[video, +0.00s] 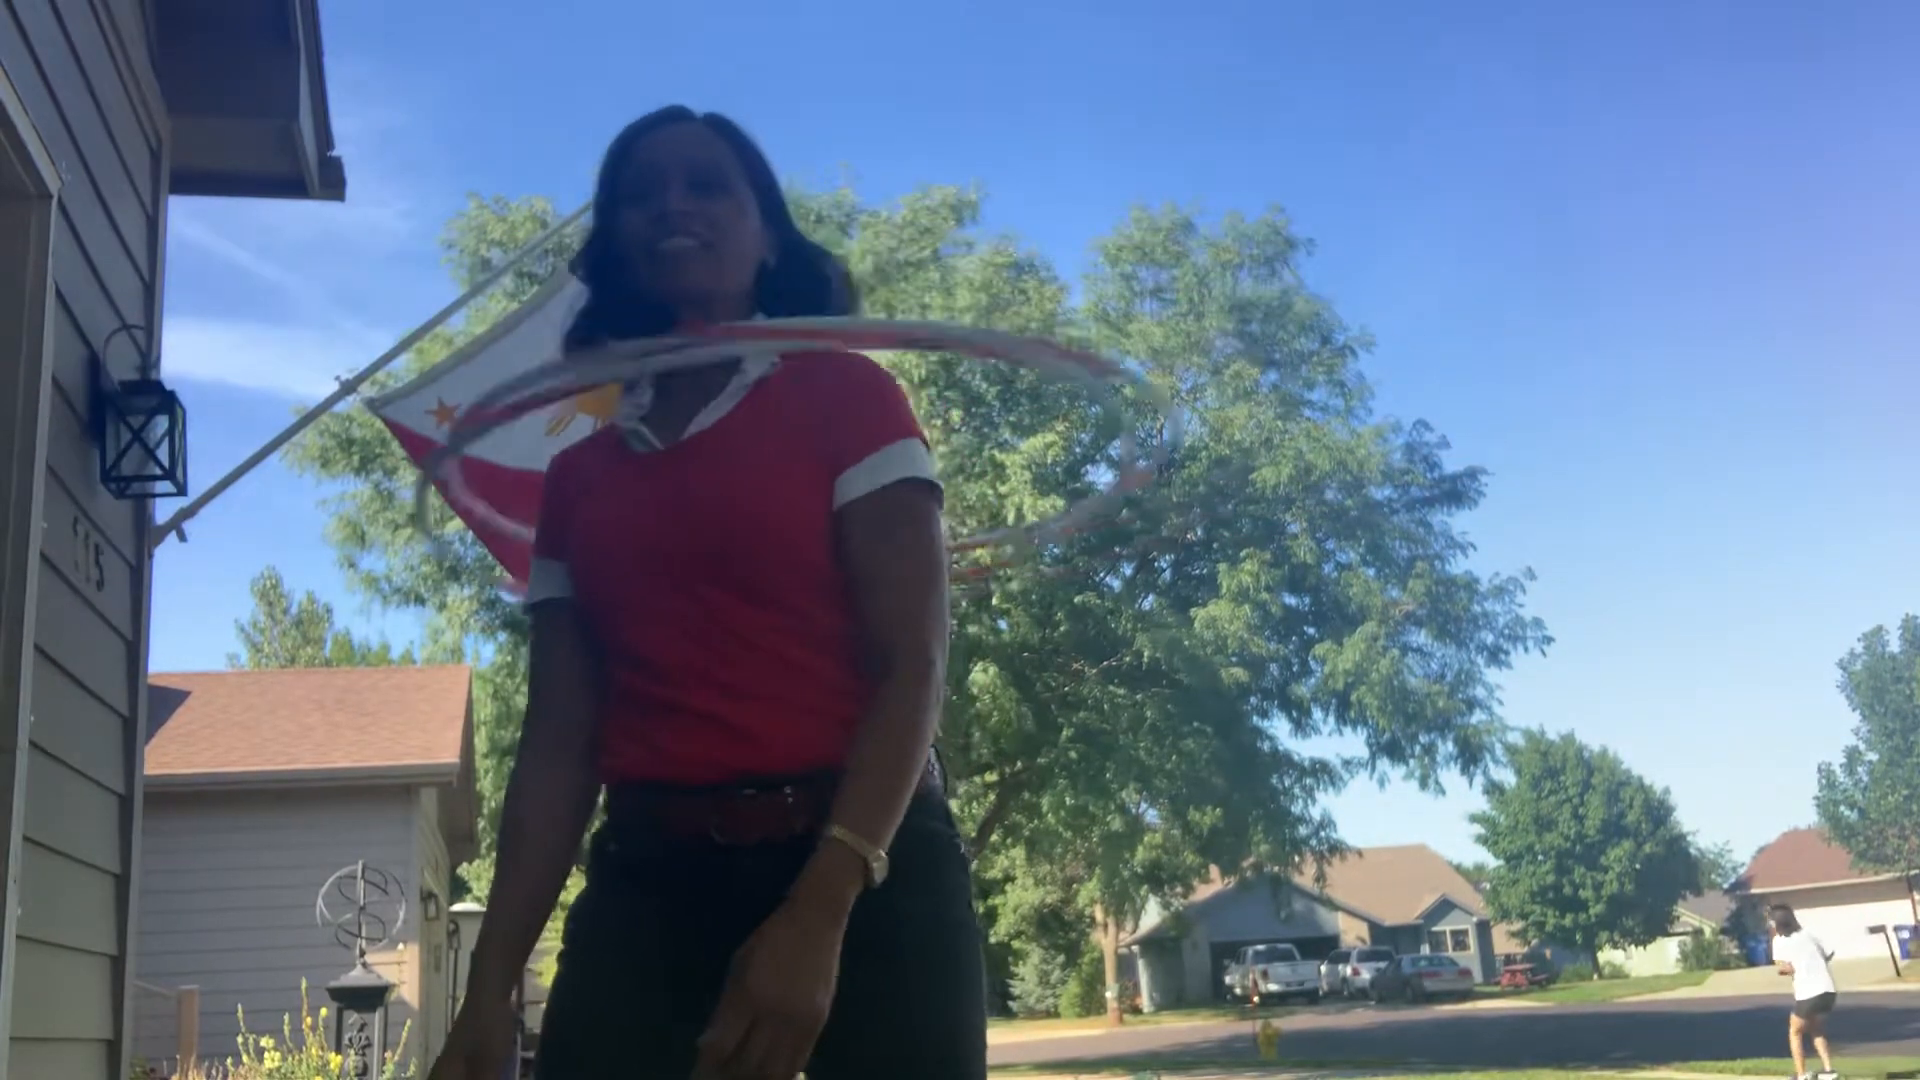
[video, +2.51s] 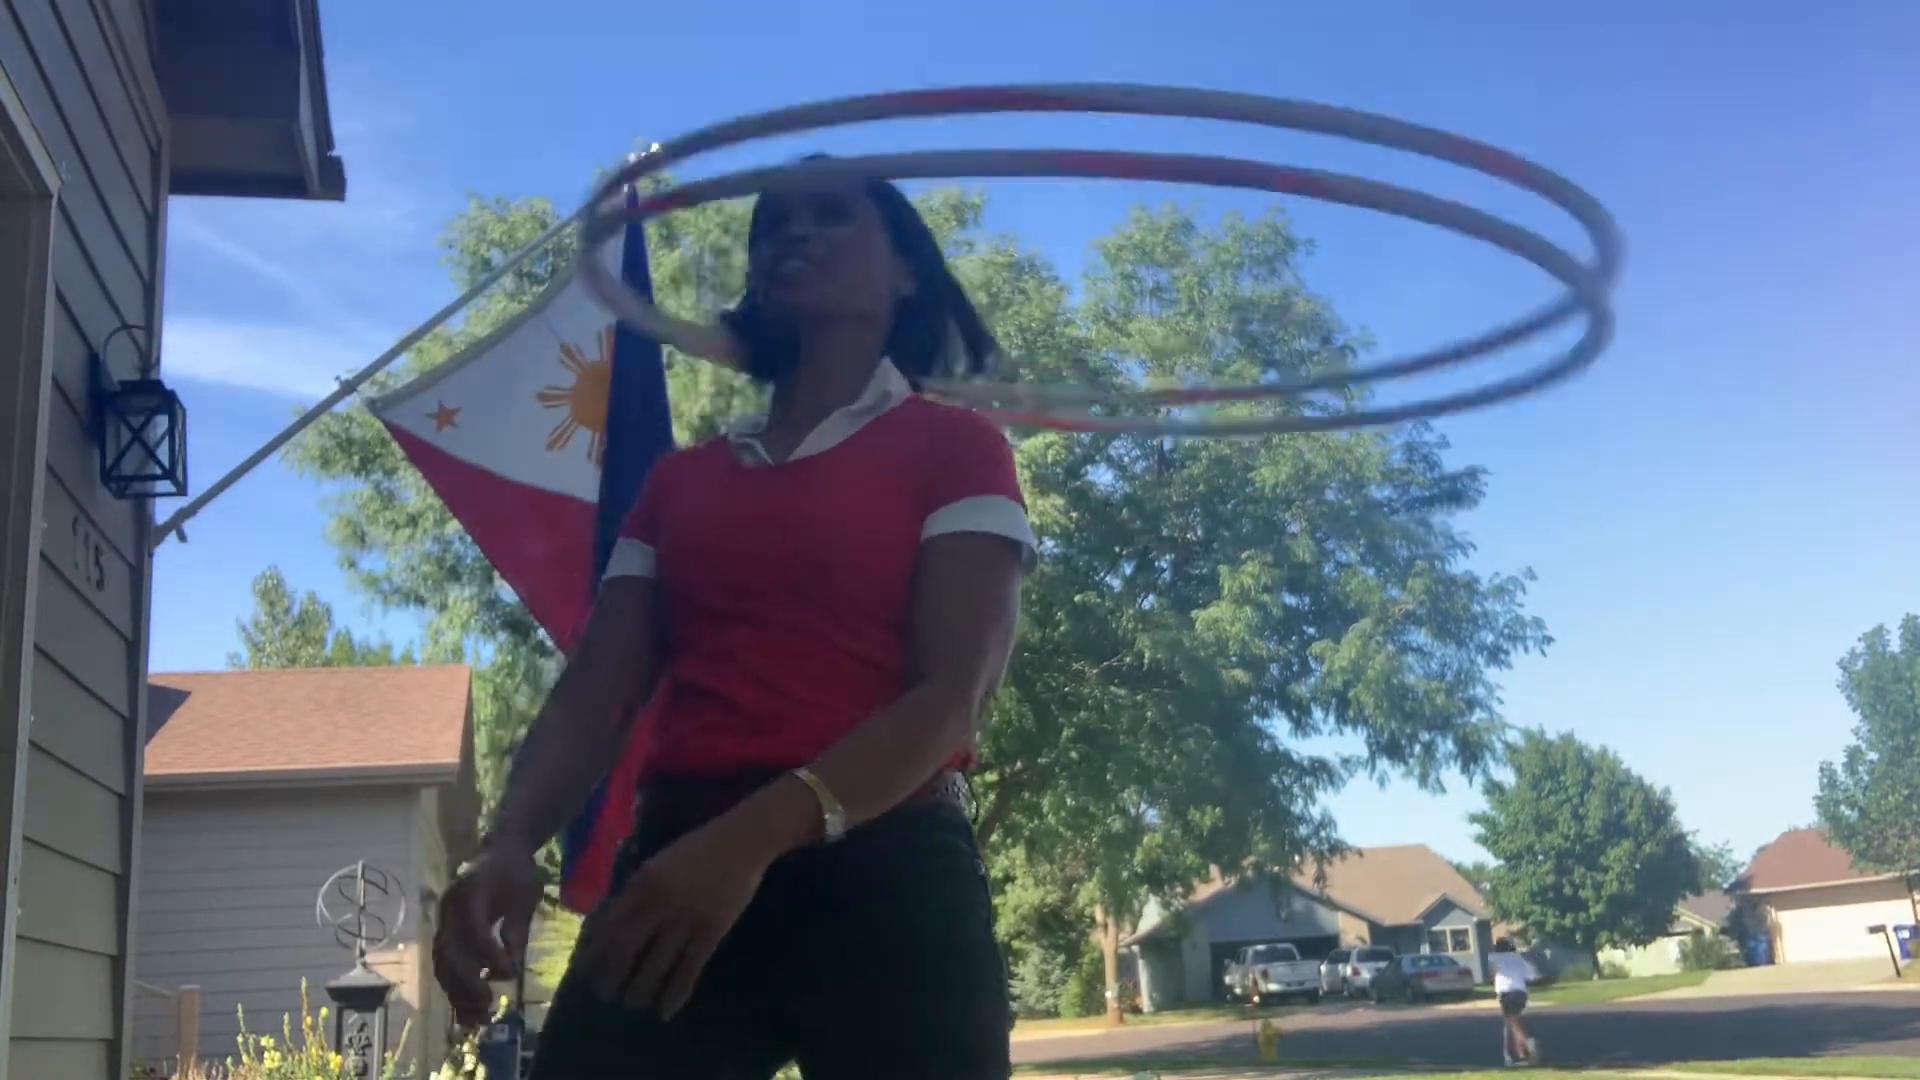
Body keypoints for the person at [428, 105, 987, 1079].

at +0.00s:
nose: (675, 205)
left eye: (708, 184)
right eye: (642, 191)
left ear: (767, 230)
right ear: (610, 242)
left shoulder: (840, 390)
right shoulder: (578, 472)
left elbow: (913, 666)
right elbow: (557, 739)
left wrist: (821, 910)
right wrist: (491, 990)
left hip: (865, 862)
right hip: (652, 871)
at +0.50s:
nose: (722, 222)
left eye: (759, 204)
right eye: (698, 217)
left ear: (829, 261)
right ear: (673, 280)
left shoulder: (874, 402)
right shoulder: (626, 471)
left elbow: (875, 656)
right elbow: (563, 711)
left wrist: (695, 840)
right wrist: (442, 887)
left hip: (866, 861)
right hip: (653, 877)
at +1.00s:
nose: (713, 222)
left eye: (752, 202)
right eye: (697, 223)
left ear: (832, 265)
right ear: (686, 291)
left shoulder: (880, 412)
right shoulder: (638, 480)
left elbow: (877, 662)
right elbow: (566, 706)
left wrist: (664, 819)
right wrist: (430, 891)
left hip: (866, 861)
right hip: (666, 880)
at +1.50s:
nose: (777, 243)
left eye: (813, 224)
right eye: (757, 239)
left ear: (891, 280)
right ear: (738, 302)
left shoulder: (927, 441)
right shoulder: (660, 485)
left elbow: (909, 679)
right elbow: (566, 692)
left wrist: (699, 809)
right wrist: (475, 809)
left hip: (877, 867)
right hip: (661, 883)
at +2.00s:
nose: (805, 242)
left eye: (841, 229)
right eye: (778, 237)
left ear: (901, 279)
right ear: (751, 308)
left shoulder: (947, 447)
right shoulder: (672, 484)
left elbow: (951, 691)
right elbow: (591, 693)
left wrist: (768, 826)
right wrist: (498, 836)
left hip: (877, 872)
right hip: (662, 877)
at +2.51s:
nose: (791, 237)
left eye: (831, 215)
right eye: (772, 229)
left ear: (905, 272)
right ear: (754, 287)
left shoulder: (951, 444)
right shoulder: (679, 478)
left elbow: (948, 704)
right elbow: (595, 689)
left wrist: (745, 837)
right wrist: (509, 845)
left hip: (884, 867)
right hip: (675, 875)